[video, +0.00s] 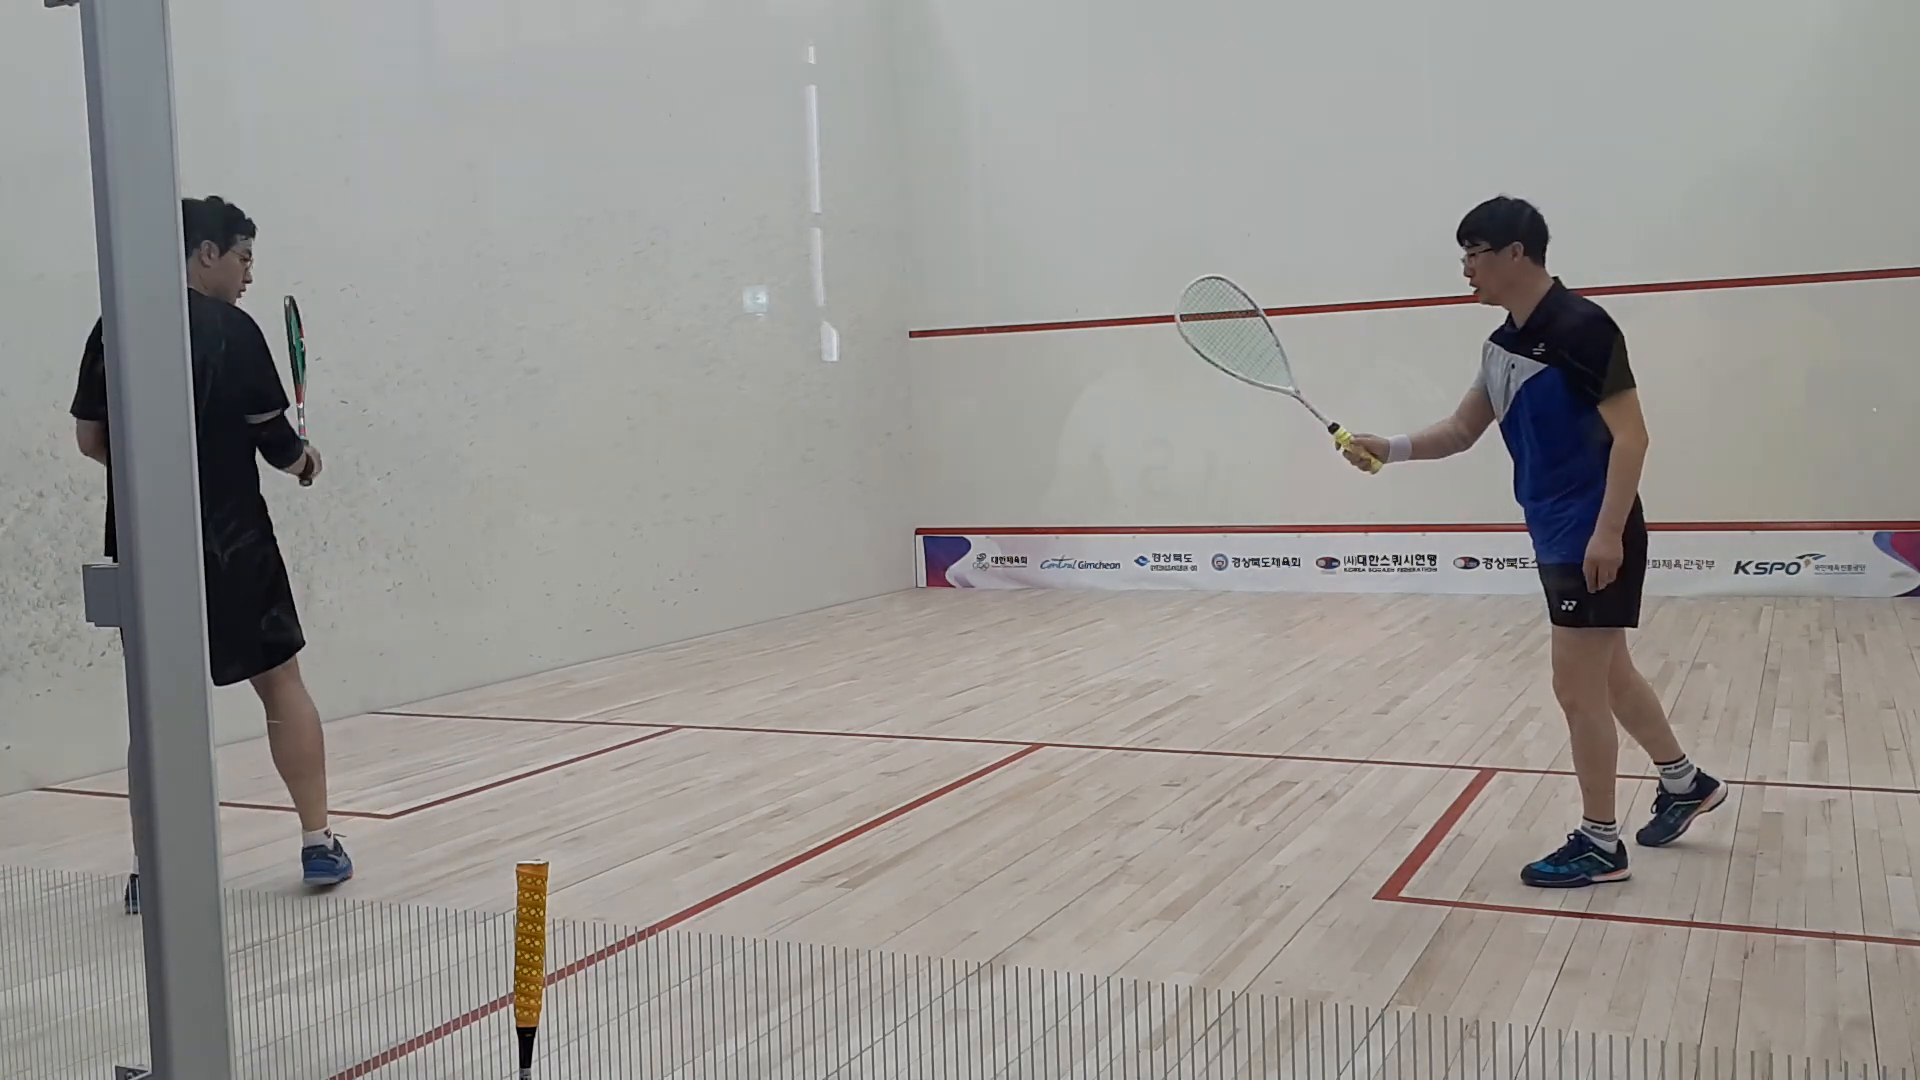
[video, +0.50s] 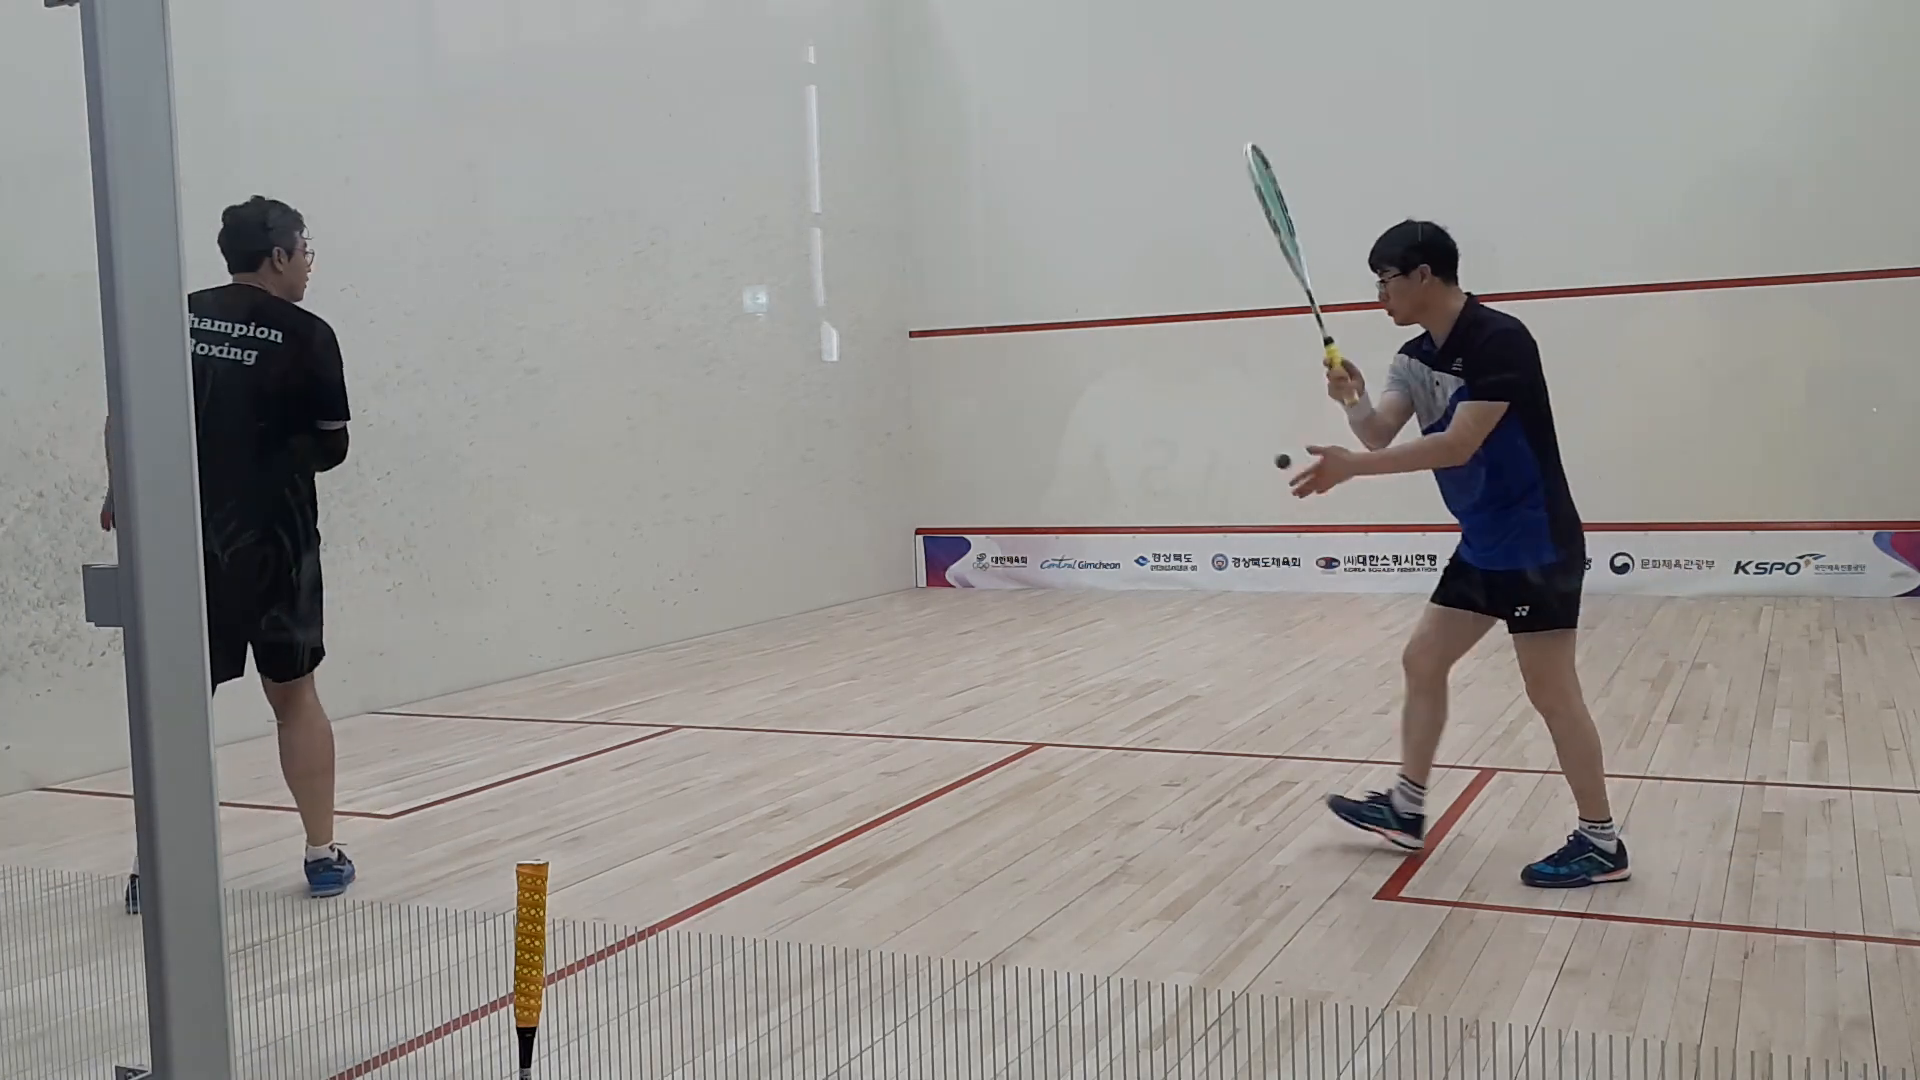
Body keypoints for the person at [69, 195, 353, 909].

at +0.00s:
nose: (249, 273)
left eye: (249, 259)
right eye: (242, 259)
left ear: (187, 257)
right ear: (206, 256)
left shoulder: (113, 323)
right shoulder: (231, 330)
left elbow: (91, 437)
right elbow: (272, 437)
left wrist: (157, 455)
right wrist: (303, 460)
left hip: (143, 549)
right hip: (232, 543)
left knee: (153, 711)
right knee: (282, 690)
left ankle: (152, 869)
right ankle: (319, 843)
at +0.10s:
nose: (265, 283)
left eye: (266, 271)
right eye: (260, 270)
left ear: (201, 266)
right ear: (221, 263)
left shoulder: (124, 320)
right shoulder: (252, 339)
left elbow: (79, 431)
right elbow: (298, 451)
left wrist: (142, 466)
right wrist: (287, 384)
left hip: (146, 547)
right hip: (237, 542)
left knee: (153, 709)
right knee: (281, 687)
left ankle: (151, 870)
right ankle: (325, 840)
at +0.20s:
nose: (282, 278)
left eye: (281, 264)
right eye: (275, 265)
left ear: (219, 267)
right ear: (237, 265)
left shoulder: (141, 317)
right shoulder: (264, 331)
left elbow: (84, 422)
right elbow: (303, 456)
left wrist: (137, 485)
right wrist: (272, 409)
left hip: (157, 545)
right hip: (242, 543)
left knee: (156, 714)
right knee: (280, 698)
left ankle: (153, 870)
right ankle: (320, 850)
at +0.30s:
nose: (296, 269)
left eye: (294, 255)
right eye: (289, 257)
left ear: (230, 263)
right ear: (253, 261)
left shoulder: (159, 315)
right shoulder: (282, 331)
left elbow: (97, 421)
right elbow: (307, 455)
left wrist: (130, 507)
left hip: (162, 541)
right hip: (251, 543)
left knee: (161, 712)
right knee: (283, 699)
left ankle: (151, 870)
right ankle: (321, 852)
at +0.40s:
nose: (306, 265)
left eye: (303, 252)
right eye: (299, 254)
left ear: (236, 260)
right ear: (269, 258)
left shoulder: (169, 312)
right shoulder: (296, 331)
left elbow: (109, 421)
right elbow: (320, 448)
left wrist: (124, 506)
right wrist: (265, 452)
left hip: (168, 542)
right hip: (261, 545)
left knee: (164, 710)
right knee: (290, 699)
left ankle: (151, 868)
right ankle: (322, 854)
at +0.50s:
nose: (310, 263)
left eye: (306, 251)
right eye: (304, 252)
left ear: (236, 260)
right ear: (280, 258)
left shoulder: (174, 312)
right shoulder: (307, 333)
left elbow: (124, 414)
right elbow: (330, 447)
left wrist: (119, 489)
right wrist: (268, 446)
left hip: (179, 543)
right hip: (275, 547)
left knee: (166, 706)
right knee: (295, 699)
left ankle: (151, 866)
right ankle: (323, 855)